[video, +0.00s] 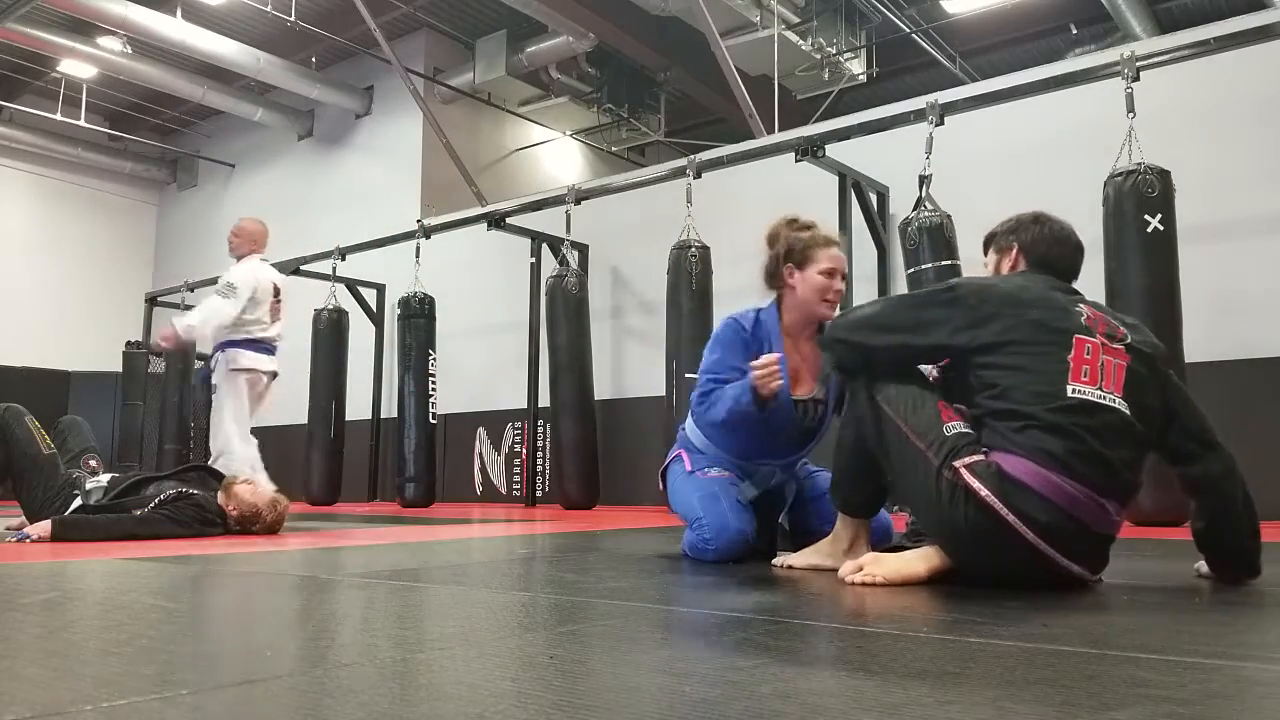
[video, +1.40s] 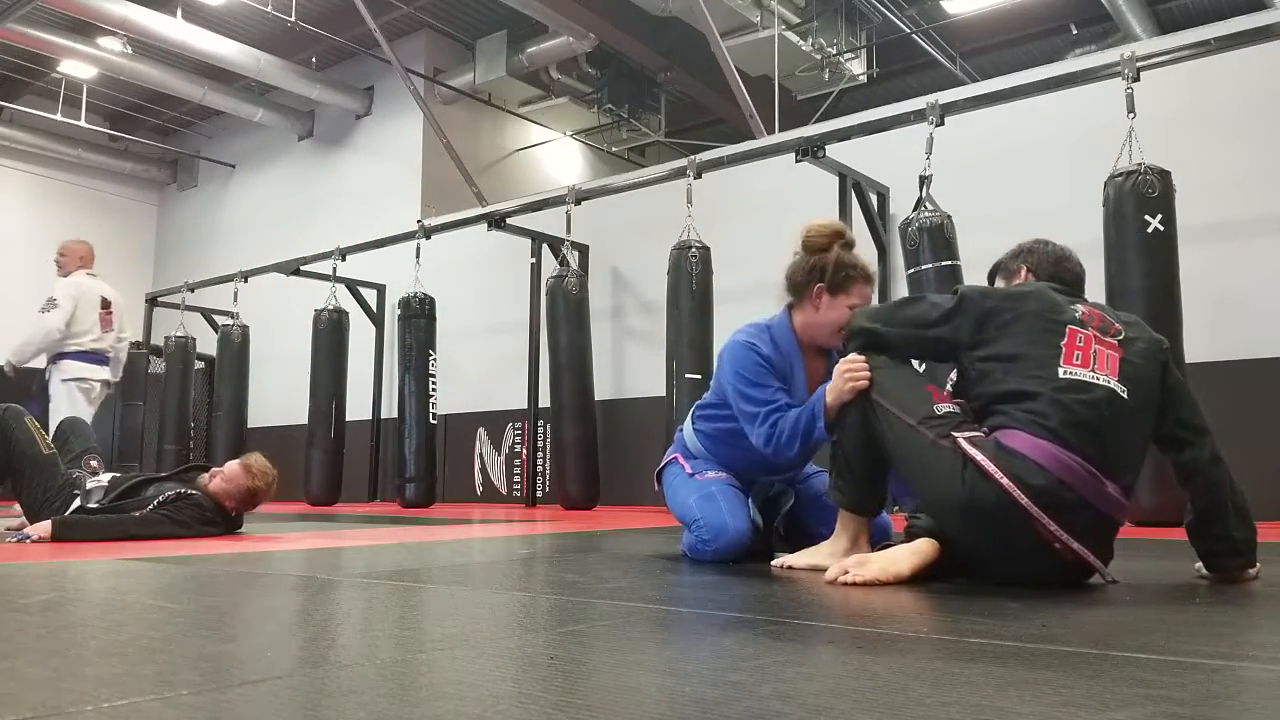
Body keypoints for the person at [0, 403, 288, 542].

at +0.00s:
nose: (251, 477)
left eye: (253, 488)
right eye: (259, 483)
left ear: (234, 508)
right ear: (237, 502)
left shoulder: (198, 514)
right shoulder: (216, 483)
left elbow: (129, 525)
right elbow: (155, 483)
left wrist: (57, 526)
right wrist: (115, 481)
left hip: (69, 500)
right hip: (102, 484)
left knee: (11, 414)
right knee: (70, 422)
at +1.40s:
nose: (214, 470)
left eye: (223, 478)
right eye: (223, 468)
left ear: (234, 504)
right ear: (226, 464)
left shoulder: (198, 513)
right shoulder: (208, 483)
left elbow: (128, 525)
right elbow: (151, 489)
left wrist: (56, 527)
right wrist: (112, 480)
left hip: (67, 502)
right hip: (100, 484)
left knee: (12, 416)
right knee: (73, 423)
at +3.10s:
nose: (225, 463)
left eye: (231, 464)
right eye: (232, 461)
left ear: (230, 475)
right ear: (250, 497)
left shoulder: (199, 513)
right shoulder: (215, 496)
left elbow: (130, 524)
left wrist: (56, 526)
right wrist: (107, 477)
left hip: (68, 501)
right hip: (95, 485)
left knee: (9, 416)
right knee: (46, 420)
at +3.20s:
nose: (226, 464)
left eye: (232, 466)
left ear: (232, 471)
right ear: (255, 500)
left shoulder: (201, 513)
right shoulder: (215, 489)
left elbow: (131, 524)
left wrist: (56, 526)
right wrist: (107, 478)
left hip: (68, 501)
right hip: (95, 485)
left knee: (9, 416)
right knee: (44, 421)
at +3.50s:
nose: (228, 471)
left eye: (234, 472)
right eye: (235, 471)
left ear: (234, 475)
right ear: (255, 503)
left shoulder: (200, 512)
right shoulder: (217, 492)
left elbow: (132, 524)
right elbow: (148, 489)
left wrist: (56, 527)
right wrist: (106, 478)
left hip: (69, 501)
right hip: (97, 485)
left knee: (9, 418)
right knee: (41, 421)